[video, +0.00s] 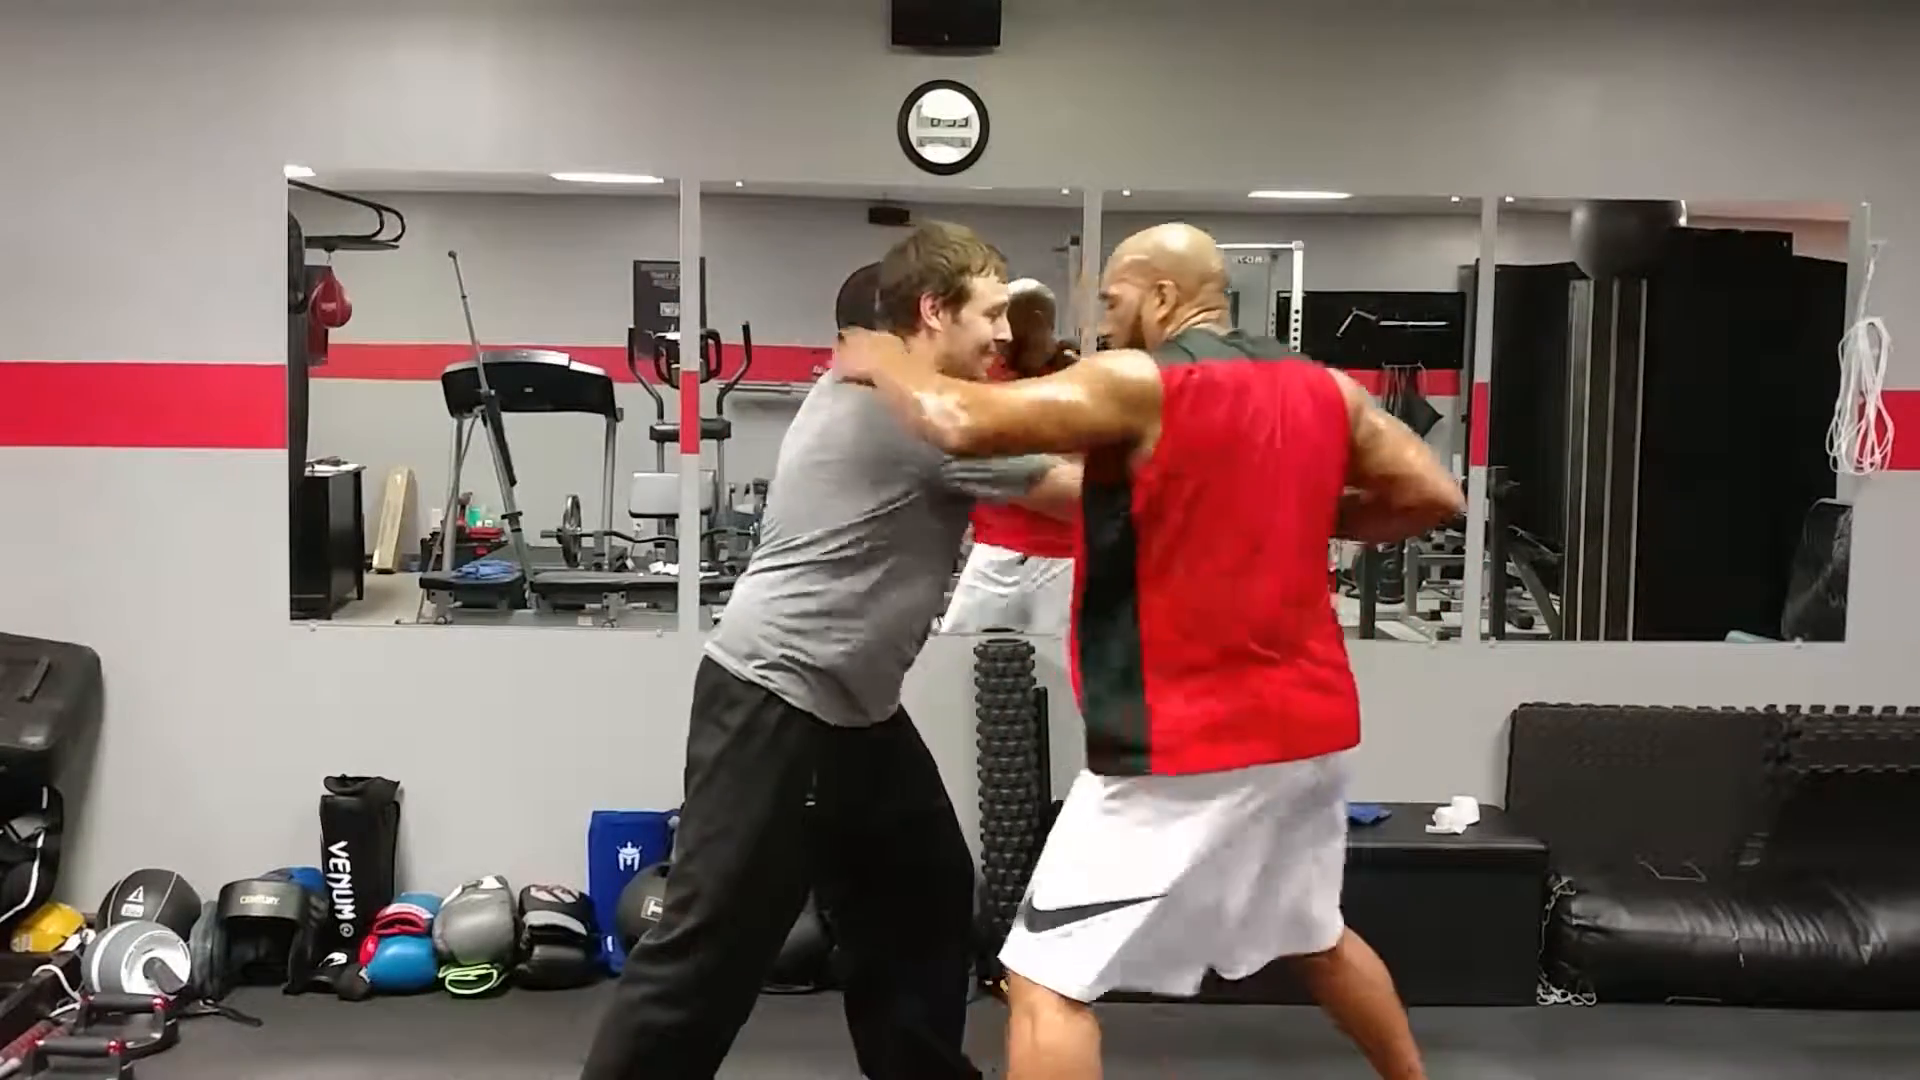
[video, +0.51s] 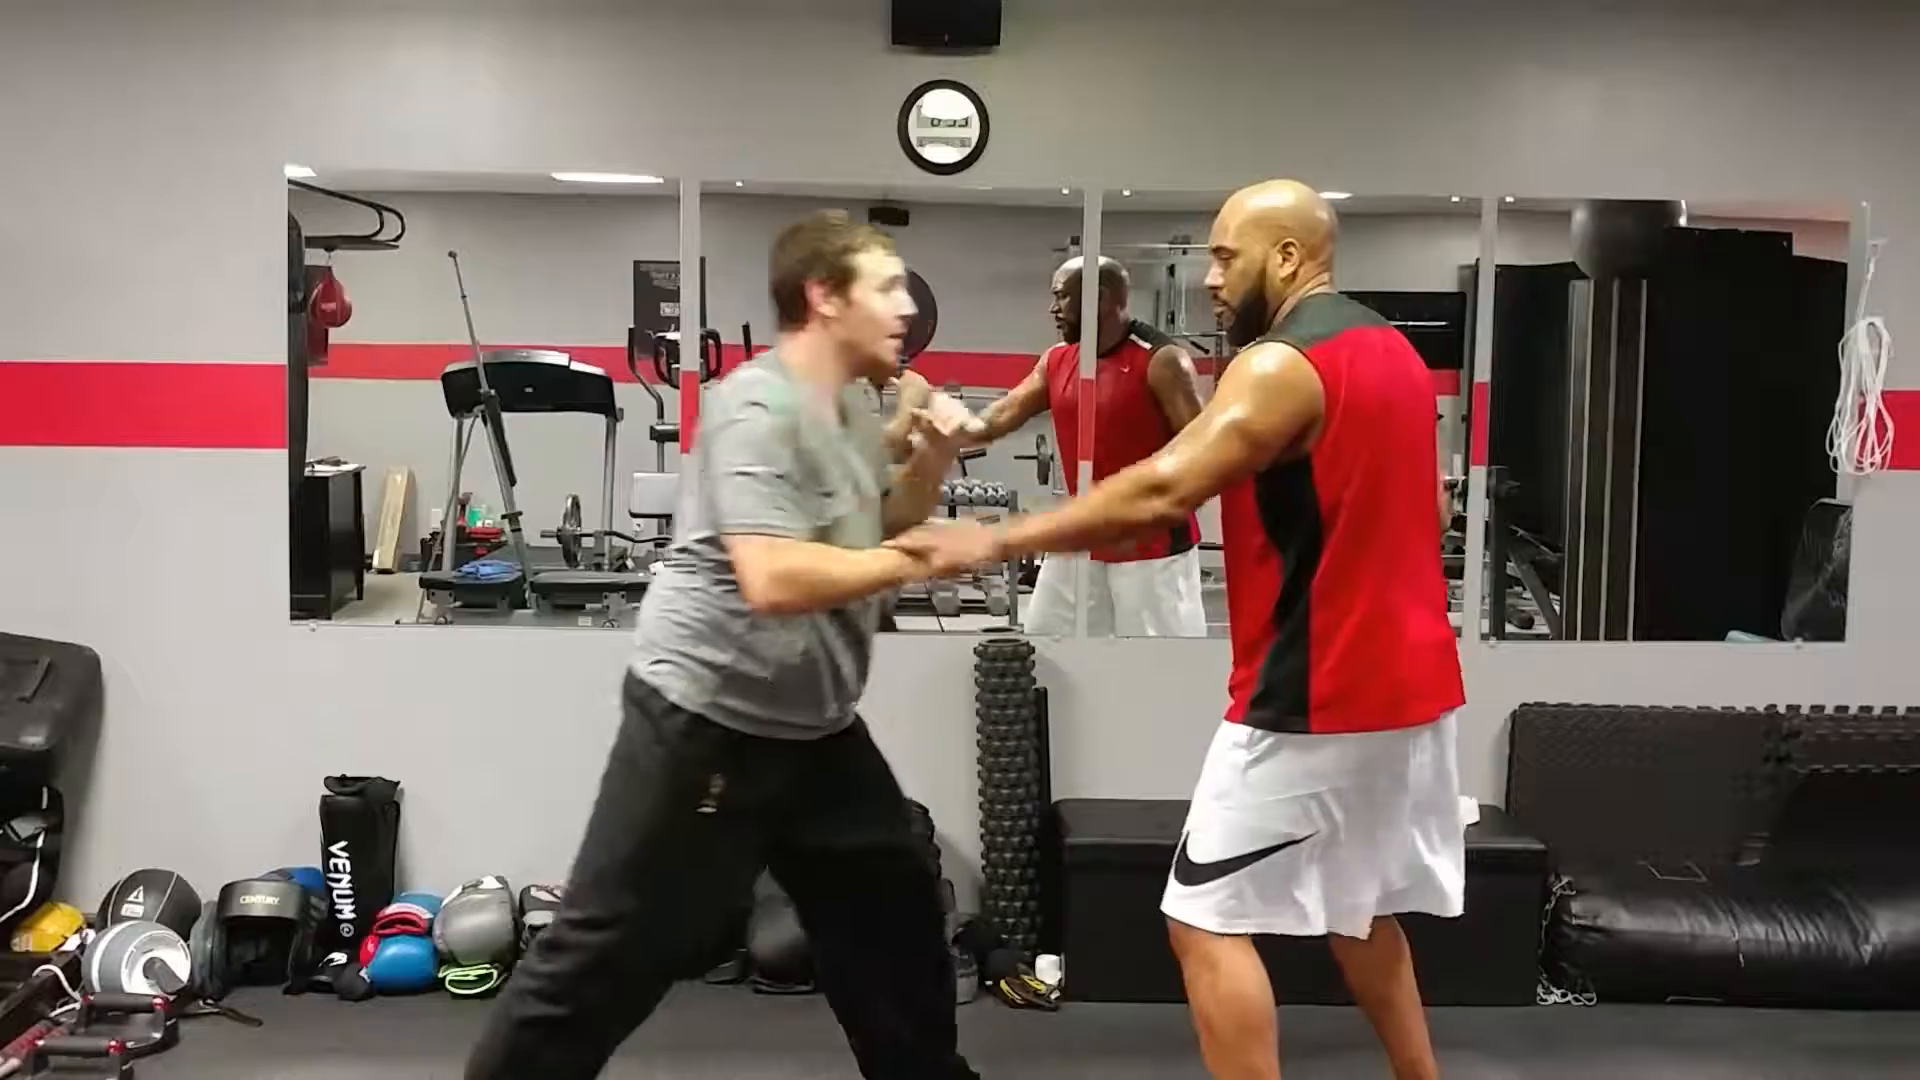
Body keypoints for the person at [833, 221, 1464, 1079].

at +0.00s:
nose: (1101, 322)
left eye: (1112, 303)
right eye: (1101, 303)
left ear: (1165, 298)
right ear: (1208, 302)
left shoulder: (1136, 382)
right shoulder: (1324, 390)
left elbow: (959, 420)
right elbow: (1433, 494)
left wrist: (881, 363)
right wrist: (1308, 508)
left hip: (1177, 748)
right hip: (1315, 731)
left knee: (1044, 980)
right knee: (1317, 935)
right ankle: (1409, 1073)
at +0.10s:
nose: (1141, 311)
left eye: (1151, 290)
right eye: (1141, 291)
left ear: (1205, 284)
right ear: (1246, 285)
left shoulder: (1189, 374)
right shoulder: (1357, 366)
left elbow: (1032, 443)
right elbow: (1443, 492)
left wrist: (921, 384)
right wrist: (1317, 518)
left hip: (1228, 716)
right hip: (1357, 698)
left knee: (1100, 936)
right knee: (1342, 916)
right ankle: (1418, 1072)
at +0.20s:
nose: (1172, 298)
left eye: (1182, 277)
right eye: (1171, 278)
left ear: (1241, 271)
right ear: (1269, 273)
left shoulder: (1230, 369)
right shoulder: (1372, 354)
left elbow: (1097, 445)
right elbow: (1449, 486)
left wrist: (952, 388)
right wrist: (1319, 506)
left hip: (1276, 684)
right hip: (1402, 673)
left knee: (1112, 891)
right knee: (1350, 899)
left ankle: (1139, 1073)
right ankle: (1421, 1074)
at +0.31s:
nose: (1194, 288)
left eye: (1207, 267)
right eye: (1193, 268)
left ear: (1269, 263)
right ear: (1289, 268)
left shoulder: (1261, 360)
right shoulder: (1386, 349)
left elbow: (1126, 446)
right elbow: (1450, 487)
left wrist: (967, 394)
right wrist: (1313, 487)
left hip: (1301, 672)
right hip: (1414, 668)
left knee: (1140, 884)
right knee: (1352, 881)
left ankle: (1211, 1074)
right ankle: (1423, 1071)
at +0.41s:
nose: (1207, 280)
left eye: (1221, 261)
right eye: (1207, 262)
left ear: (1283, 259)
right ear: (1301, 263)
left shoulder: (1277, 363)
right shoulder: (1392, 352)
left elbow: (1148, 461)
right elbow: (1441, 496)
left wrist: (978, 445)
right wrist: (1299, 477)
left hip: (1301, 683)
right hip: (1413, 671)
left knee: (1184, 908)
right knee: (1362, 895)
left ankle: (1245, 1076)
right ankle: (1422, 1071)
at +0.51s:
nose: (1211, 277)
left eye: (1226, 257)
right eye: (1212, 258)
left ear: (1290, 258)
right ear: (1306, 263)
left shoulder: (1282, 366)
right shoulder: (1393, 353)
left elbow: (1161, 492)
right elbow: (1430, 513)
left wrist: (997, 539)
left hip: (1310, 688)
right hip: (1410, 679)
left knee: (1205, 917)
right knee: (1356, 904)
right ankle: (1420, 1072)